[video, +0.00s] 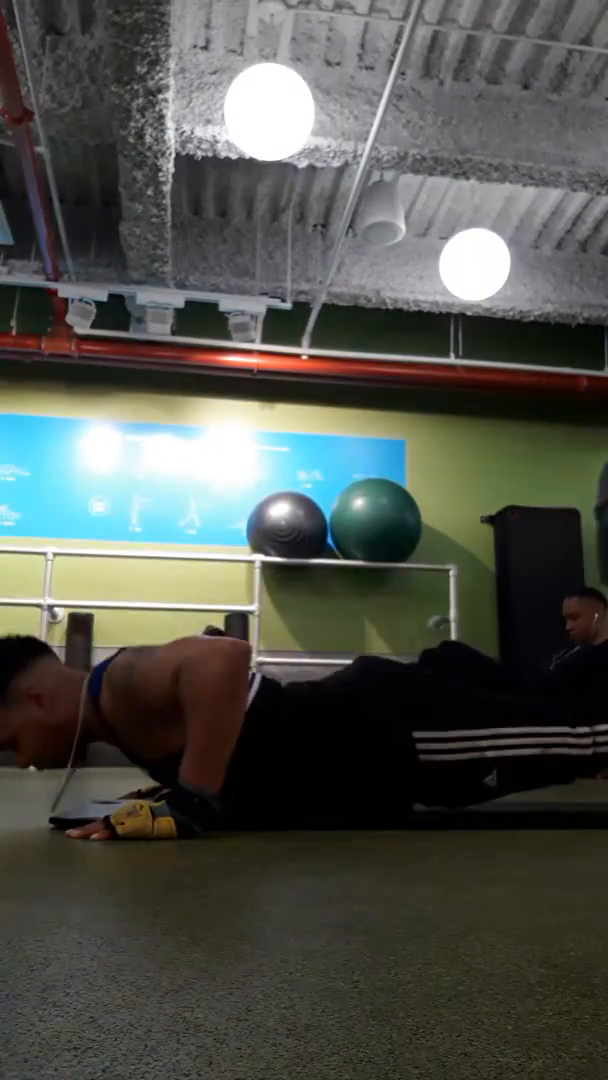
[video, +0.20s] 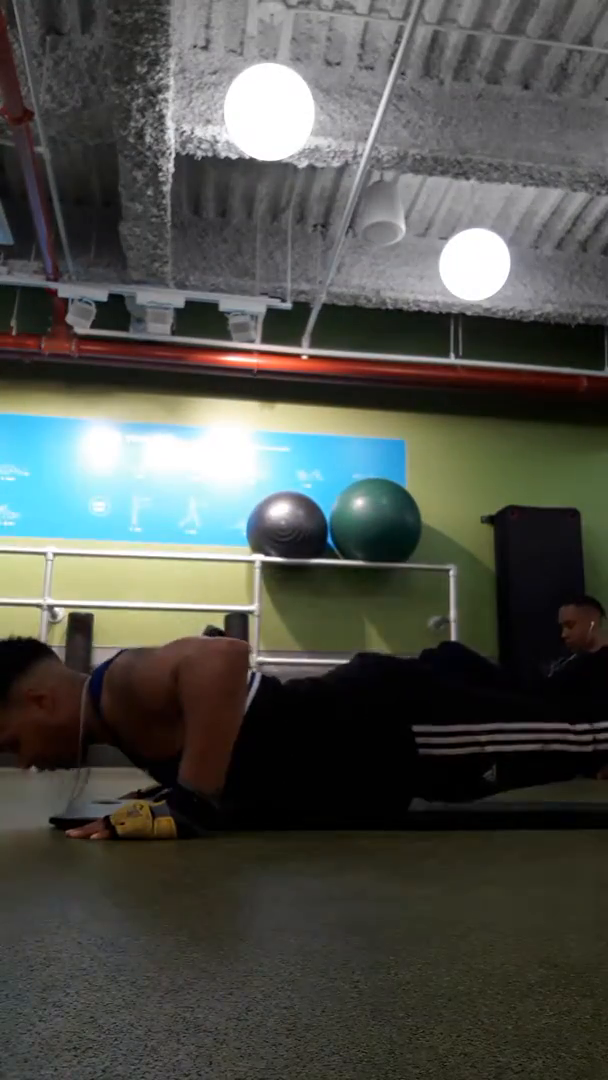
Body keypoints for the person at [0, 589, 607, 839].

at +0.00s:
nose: (24, 759)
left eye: (15, 741)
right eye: (12, 752)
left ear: (39, 692)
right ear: (42, 697)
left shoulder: (119, 682)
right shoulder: (128, 714)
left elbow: (220, 662)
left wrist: (190, 796)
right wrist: (160, 806)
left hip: (386, 726)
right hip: (375, 740)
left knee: (584, 731)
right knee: (548, 722)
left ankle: (592, 641)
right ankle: (588, 639)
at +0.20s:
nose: (27, 760)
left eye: (15, 741)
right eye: (14, 754)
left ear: (39, 692)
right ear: (45, 693)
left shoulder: (119, 684)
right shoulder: (127, 718)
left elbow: (220, 659)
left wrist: (190, 799)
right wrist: (145, 815)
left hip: (380, 731)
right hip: (368, 748)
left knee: (579, 731)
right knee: (545, 723)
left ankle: (590, 646)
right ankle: (583, 645)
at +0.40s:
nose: (43, 656)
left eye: (36, 635)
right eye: (30, 645)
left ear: (63, 596)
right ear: (63, 602)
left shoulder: (148, 607)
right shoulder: (142, 635)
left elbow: (223, 662)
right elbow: (225, 693)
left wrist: (187, 798)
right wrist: (181, 796)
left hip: (383, 669)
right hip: (371, 693)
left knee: (576, 711)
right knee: (553, 733)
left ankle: (586, 644)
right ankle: (582, 641)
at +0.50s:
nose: (55, 598)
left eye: (47, 578)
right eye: (42, 586)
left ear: (74, 541)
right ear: (80, 537)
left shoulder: (165, 557)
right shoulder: (158, 570)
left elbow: (214, 664)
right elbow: (215, 678)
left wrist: (185, 799)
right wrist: (192, 796)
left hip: (416, 636)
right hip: (404, 655)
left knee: (589, 696)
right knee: (555, 733)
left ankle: (586, 634)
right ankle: (580, 642)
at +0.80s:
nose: (76, 544)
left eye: (68, 524)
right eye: (65, 533)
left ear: (97, 483)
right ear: (99, 487)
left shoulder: (180, 513)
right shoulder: (174, 526)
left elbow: (203, 651)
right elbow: (206, 655)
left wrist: (188, 795)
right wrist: (182, 786)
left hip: (428, 611)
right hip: (420, 630)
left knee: (595, 680)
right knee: (569, 732)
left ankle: (590, 616)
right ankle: (584, 623)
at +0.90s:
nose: (54, 590)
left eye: (46, 570)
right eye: (41, 579)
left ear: (76, 535)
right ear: (78, 538)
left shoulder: (169, 557)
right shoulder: (159, 579)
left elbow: (220, 660)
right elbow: (220, 676)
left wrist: (188, 798)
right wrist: (186, 795)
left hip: (415, 641)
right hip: (403, 659)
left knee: (584, 698)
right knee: (559, 720)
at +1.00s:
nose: (37, 658)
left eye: (29, 636)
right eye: (25, 647)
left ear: (56, 596)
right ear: (54, 604)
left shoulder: (143, 609)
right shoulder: (137, 636)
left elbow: (223, 661)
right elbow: (224, 695)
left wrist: (190, 799)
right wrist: (177, 793)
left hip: (386, 678)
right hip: (373, 700)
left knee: (579, 713)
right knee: (557, 715)